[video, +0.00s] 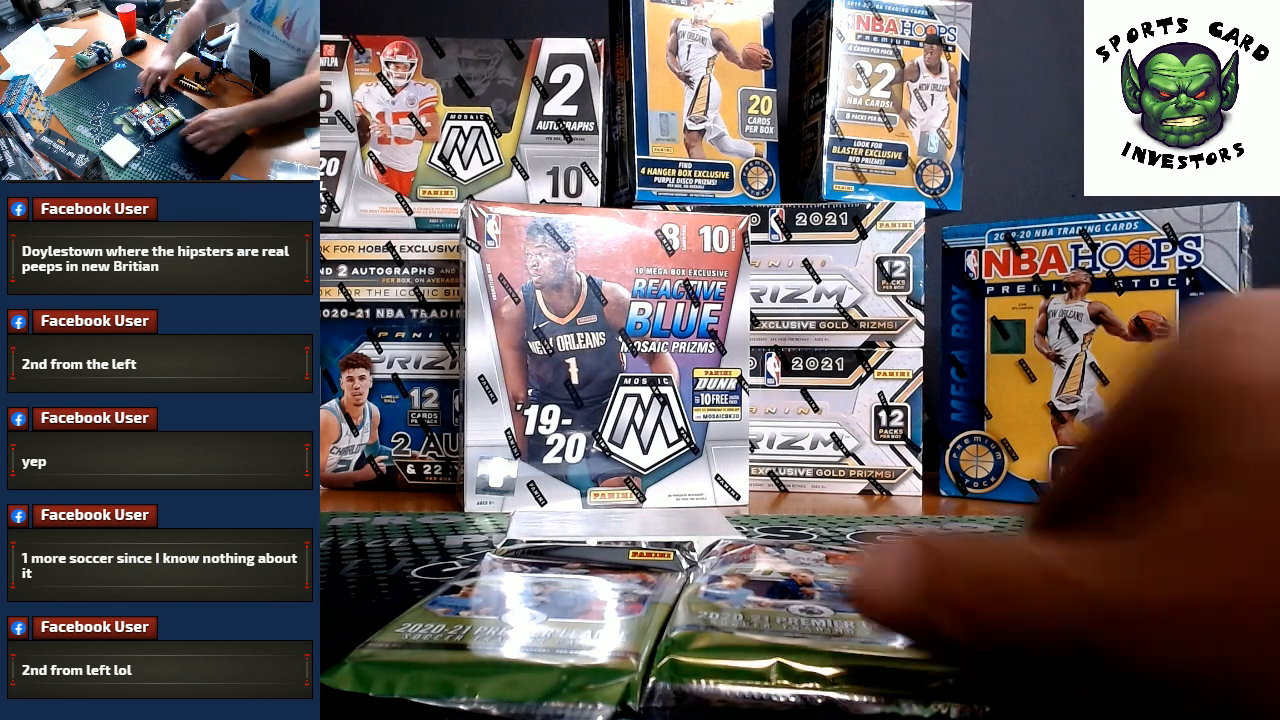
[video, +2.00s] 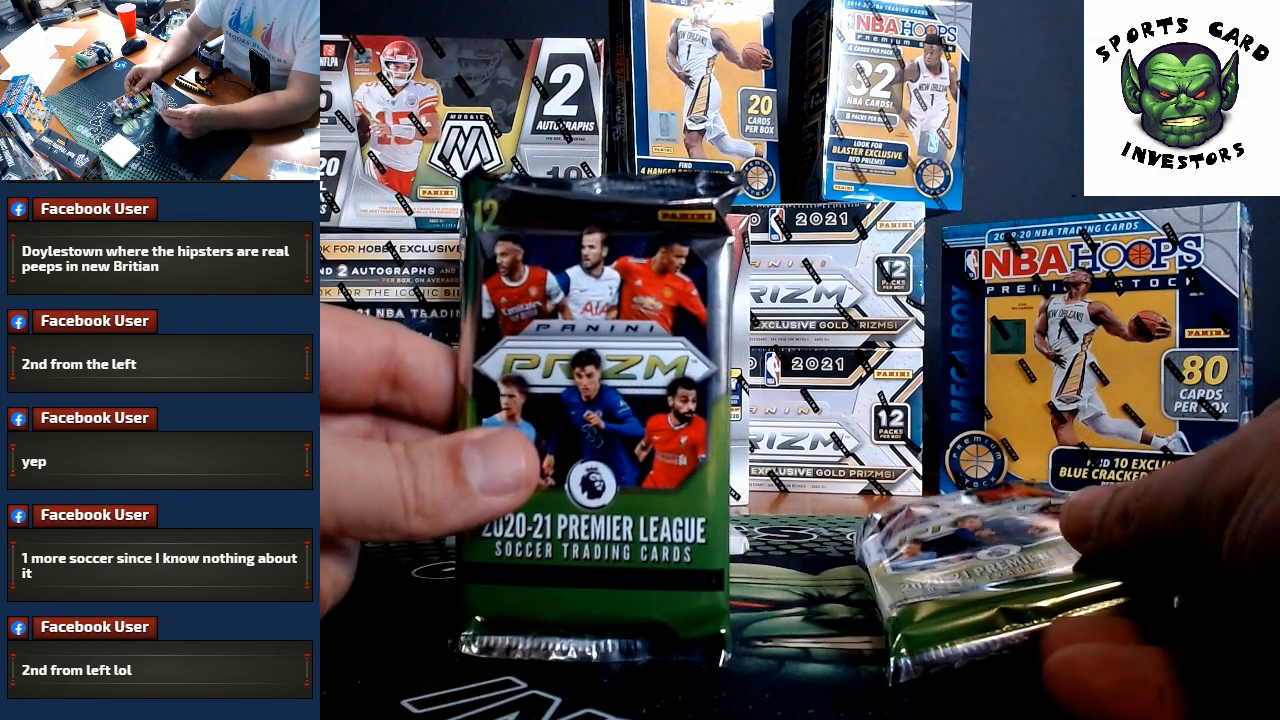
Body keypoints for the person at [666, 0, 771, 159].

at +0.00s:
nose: (697, 9)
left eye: (703, 6)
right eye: (695, 6)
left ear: (711, 12)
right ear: (692, 8)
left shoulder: (715, 34)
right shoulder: (678, 24)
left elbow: (740, 59)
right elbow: (670, 53)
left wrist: (764, 62)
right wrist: (678, 72)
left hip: (705, 87)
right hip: (692, 88)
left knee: (692, 141)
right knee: (725, 145)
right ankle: (766, 157)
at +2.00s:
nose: (697, 9)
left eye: (702, 6)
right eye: (695, 6)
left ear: (711, 11)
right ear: (691, 8)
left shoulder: (715, 34)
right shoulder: (678, 24)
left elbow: (739, 59)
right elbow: (670, 54)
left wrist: (764, 62)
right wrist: (678, 72)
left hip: (705, 87)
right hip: (692, 88)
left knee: (692, 141)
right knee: (725, 145)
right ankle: (764, 157)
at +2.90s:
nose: (696, 9)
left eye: (699, 5)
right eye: (692, 5)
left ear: (705, 8)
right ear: (686, 6)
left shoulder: (714, 32)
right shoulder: (678, 24)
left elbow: (738, 57)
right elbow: (670, 52)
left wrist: (763, 60)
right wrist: (678, 70)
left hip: (706, 85)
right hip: (692, 86)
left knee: (692, 140)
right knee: (724, 142)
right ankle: (760, 152)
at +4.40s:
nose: (695, 11)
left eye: (698, 8)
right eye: (690, 6)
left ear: (704, 8)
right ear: (684, 6)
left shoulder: (712, 31)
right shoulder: (679, 25)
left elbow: (735, 54)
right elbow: (671, 53)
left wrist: (758, 59)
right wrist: (678, 70)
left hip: (706, 83)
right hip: (692, 85)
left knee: (692, 138)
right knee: (724, 142)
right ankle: (758, 153)